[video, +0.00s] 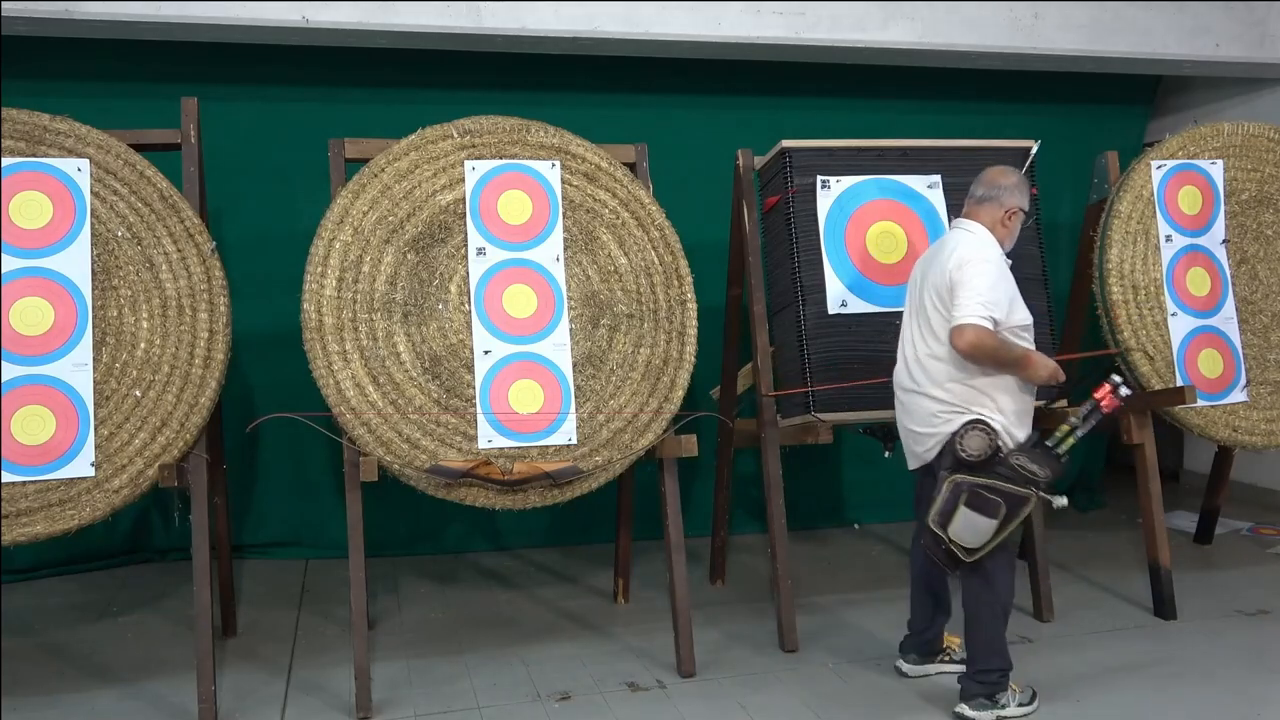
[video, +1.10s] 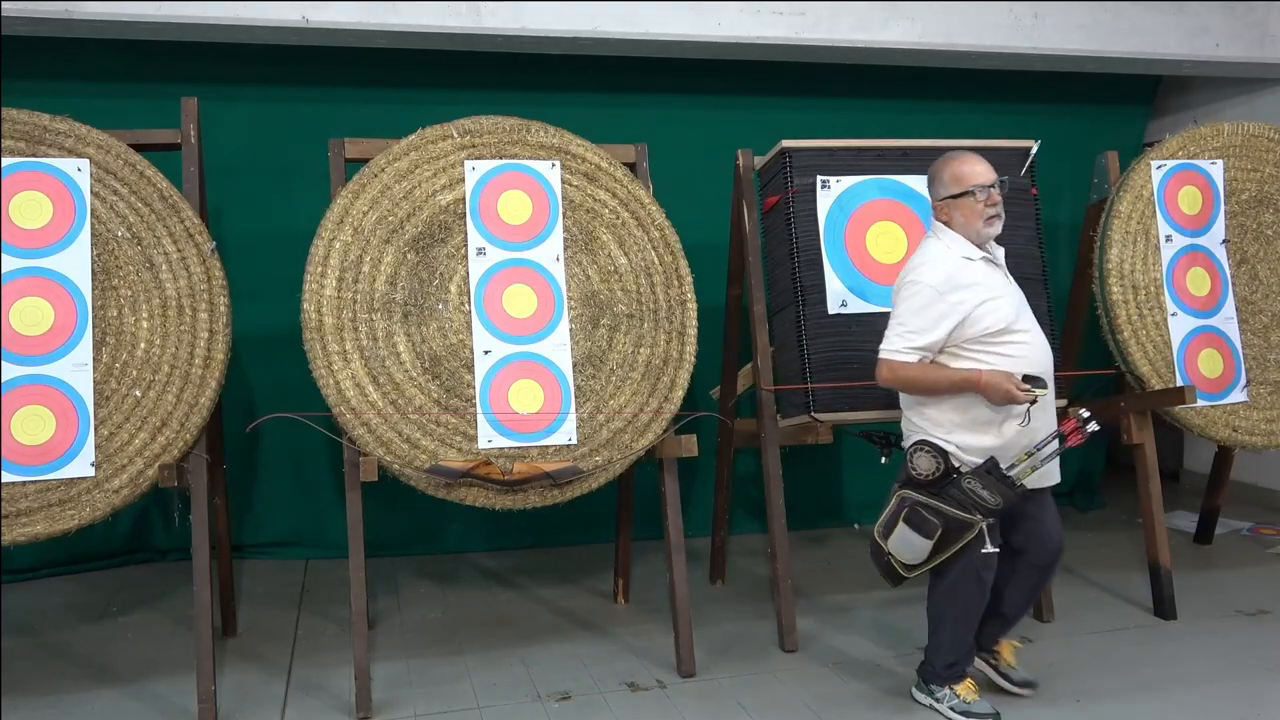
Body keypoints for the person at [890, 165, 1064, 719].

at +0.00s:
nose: (1020, 229)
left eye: (1022, 219)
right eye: (1021, 219)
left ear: (967, 207)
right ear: (1007, 213)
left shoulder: (937, 251)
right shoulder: (977, 253)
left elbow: (940, 343)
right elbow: (970, 336)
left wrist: (1022, 367)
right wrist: (1029, 362)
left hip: (929, 429)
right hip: (971, 433)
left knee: (932, 540)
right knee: (990, 557)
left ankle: (922, 646)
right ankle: (987, 688)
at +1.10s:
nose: (995, 198)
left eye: (996, 188)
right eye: (979, 192)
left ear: (996, 194)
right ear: (944, 207)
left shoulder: (981, 256)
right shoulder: (931, 270)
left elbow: (969, 344)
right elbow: (891, 369)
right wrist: (979, 379)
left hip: (1011, 444)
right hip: (960, 456)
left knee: (1040, 541)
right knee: (967, 565)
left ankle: (986, 636)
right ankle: (941, 675)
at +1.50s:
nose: (965, 207)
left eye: (976, 193)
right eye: (948, 199)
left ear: (995, 199)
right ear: (930, 211)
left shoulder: (1040, 269)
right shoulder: (900, 279)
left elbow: (1061, 365)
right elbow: (867, 384)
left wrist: (1065, 439)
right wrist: (911, 354)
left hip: (1016, 476)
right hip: (930, 474)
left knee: (1007, 611)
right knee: (941, 584)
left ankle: (999, 713)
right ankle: (948, 671)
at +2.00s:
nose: (915, 188)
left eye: (931, 173)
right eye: (899, 178)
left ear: (961, 182)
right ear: (886, 195)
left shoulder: (1020, 264)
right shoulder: (867, 269)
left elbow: (1083, 378)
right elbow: (850, 353)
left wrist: (1049, 465)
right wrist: (838, 373)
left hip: (984, 524)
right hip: (881, 520)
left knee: (993, 683)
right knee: (875, 671)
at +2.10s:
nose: (892, 195)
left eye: (908, 179)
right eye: (876, 185)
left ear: (939, 186)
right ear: (864, 201)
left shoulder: (999, 267)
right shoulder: (845, 279)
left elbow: (1062, 379)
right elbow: (837, 364)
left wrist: (985, 443)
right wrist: (823, 382)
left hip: (971, 531)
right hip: (867, 528)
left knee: (990, 692)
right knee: (856, 688)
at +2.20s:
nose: (866, 200)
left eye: (881, 183)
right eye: (850, 191)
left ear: (913, 192)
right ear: (838, 210)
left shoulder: (972, 273)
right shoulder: (821, 290)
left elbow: (1019, 397)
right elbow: (813, 382)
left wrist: (908, 428)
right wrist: (797, 398)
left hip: (948, 539)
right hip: (843, 540)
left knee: (982, 701)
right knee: (841, 699)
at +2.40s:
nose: (781, 189)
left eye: (799, 172)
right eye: (772, 178)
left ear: (850, 177)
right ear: (766, 192)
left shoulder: (918, 261)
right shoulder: (763, 287)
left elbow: (952, 390)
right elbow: (738, 394)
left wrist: (825, 398)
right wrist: (733, 403)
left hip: (885, 545)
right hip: (782, 545)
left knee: (904, 692)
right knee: (790, 705)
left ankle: (954, 714)